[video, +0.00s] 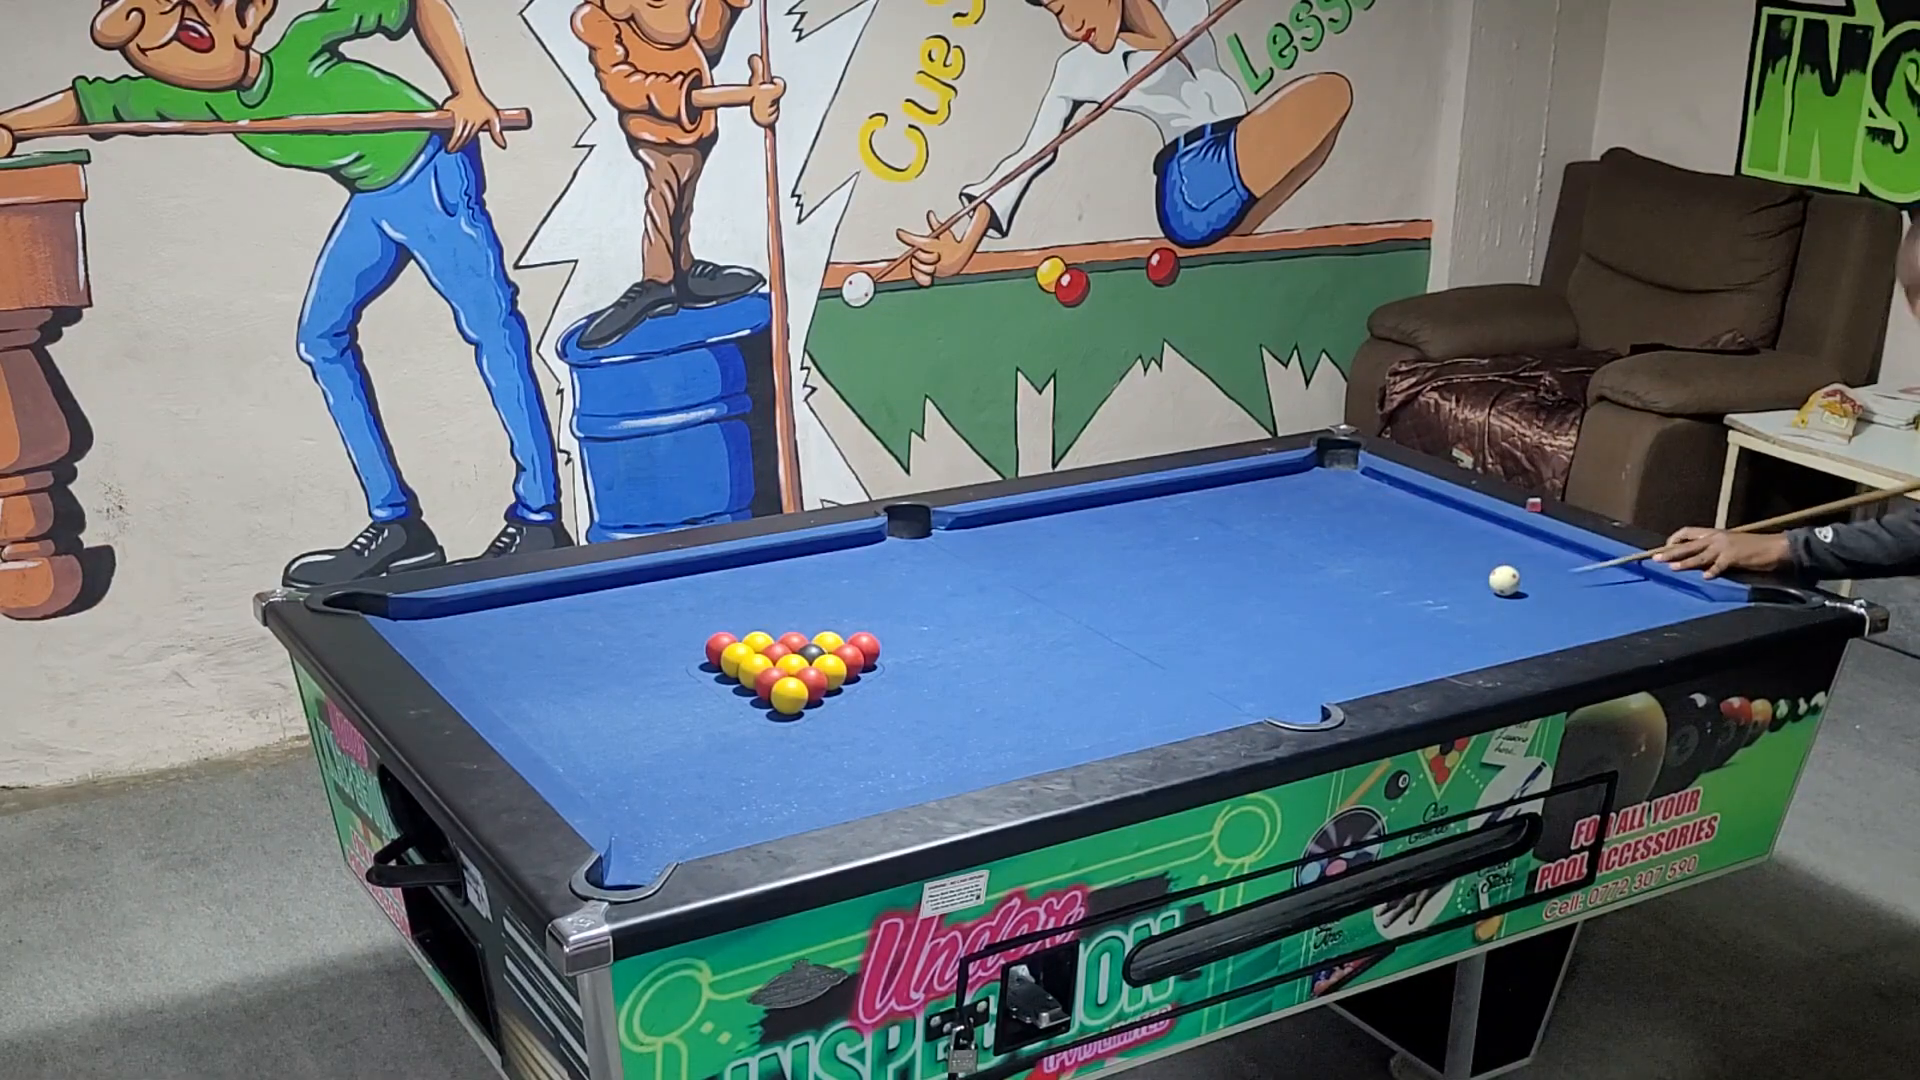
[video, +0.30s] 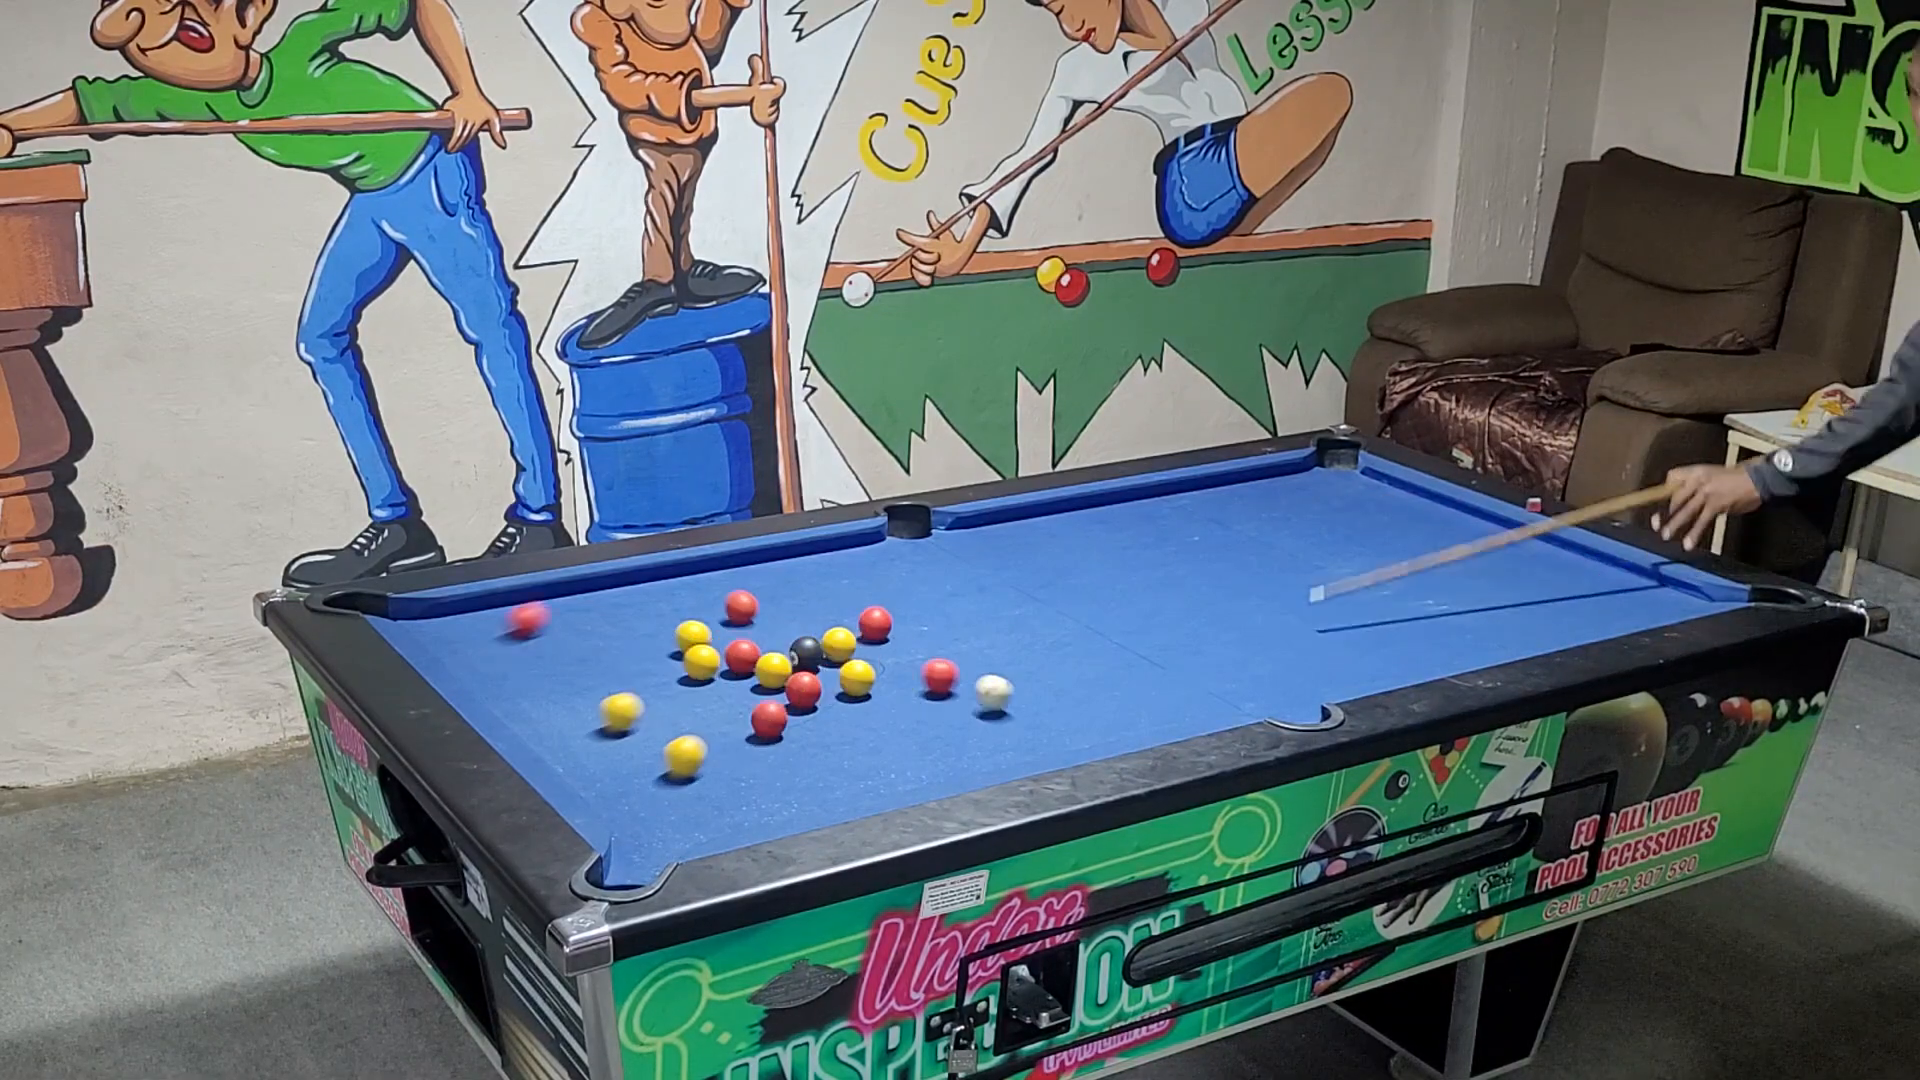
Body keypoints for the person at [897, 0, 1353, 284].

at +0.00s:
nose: (1070, 24)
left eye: (1071, 5)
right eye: (1057, 15)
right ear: (1055, 18)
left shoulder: (1175, 10)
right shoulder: (1076, 69)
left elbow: (1196, 57)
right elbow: (1029, 156)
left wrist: (1139, 12)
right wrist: (963, 244)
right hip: (1192, 182)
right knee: (1331, 92)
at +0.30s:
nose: (1070, 24)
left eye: (1071, 5)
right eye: (1056, 15)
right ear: (1055, 18)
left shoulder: (1175, 11)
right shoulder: (1076, 69)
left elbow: (1196, 58)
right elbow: (1029, 156)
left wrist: (1139, 12)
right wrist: (963, 244)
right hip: (1191, 183)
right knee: (1330, 91)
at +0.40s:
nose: (1070, 23)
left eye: (1071, 4)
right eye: (1056, 15)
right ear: (1055, 18)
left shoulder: (1174, 9)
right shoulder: (1076, 69)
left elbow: (1195, 57)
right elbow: (1028, 156)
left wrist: (1141, 15)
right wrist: (964, 245)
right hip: (1193, 172)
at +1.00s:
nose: (1070, 23)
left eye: (1071, 4)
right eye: (1056, 15)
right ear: (1055, 18)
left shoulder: (1174, 9)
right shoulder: (1076, 69)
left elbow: (1196, 56)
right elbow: (1028, 156)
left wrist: (1142, 15)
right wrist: (964, 245)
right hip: (1194, 167)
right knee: (1187, 206)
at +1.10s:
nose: (1069, 24)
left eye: (1070, 5)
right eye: (1056, 15)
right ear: (1055, 18)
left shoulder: (1176, 10)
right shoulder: (1076, 68)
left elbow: (1197, 58)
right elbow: (1028, 156)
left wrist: (1140, 12)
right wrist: (964, 245)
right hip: (1191, 183)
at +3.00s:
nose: (1069, 24)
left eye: (1070, 5)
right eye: (1057, 15)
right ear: (1056, 18)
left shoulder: (1176, 10)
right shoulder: (1076, 69)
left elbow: (1198, 61)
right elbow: (1028, 157)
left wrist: (1140, 13)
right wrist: (964, 245)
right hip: (1193, 183)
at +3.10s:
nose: (1070, 23)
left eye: (1072, 4)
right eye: (1056, 15)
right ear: (1055, 18)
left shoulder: (1174, 10)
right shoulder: (1076, 69)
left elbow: (1195, 58)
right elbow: (1028, 156)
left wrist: (1142, 14)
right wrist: (964, 245)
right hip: (1194, 174)